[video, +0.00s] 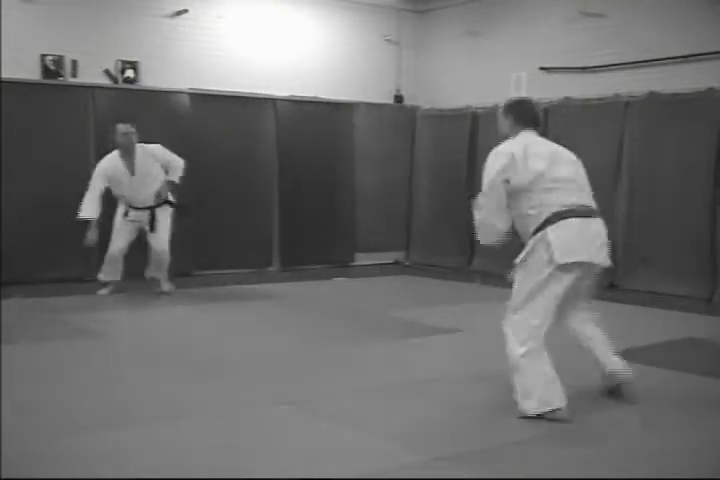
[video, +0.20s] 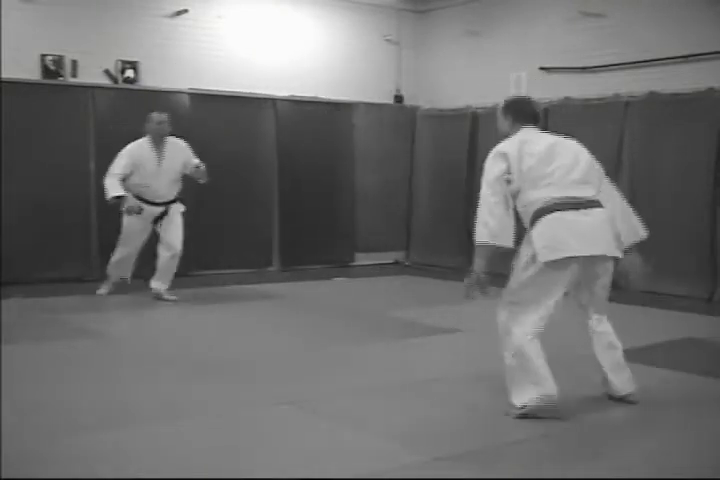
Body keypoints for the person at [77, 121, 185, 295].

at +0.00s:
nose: (130, 138)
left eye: (132, 134)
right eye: (125, 135)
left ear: (137, 135)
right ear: (115, 139)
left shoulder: (154, 152)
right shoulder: (107, 165)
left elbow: (178, 164)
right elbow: (94, 194)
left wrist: (167, 186)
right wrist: (93, 226)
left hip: (159, 207)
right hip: (129, 209)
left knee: (161, 248)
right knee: (115, 250)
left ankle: (161, 280)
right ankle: (110, 283)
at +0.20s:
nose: (163, 127)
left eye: (166, 123)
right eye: (158, 123)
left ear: (170, 126)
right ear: (148, 126)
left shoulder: (180, 148)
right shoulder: (134, 150)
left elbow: (198, 173)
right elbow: (112, 178)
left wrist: (200, 172)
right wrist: (124, 198)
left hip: (170, 209)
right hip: (139, 207)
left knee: (173, 249)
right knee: (126, 250)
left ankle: (160, 287)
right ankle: (113, 281)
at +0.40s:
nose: (195, 125)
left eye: (199, 121)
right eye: (191, 121)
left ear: (203, 124)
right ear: (181, 124)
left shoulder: (210, 150)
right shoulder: (165, 146)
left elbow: (218, 184)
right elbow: (131, 164)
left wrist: (225, 180)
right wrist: (134, 189)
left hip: (185, 210)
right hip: (157, 204)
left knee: (182, 255)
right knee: (167, 246)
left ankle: (168, 294)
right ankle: (149, 277)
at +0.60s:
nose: (219, 116)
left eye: (221, 112)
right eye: (214, 111)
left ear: (225, 115)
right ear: (202, 113)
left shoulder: (232, 140)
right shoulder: (186, 139)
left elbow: (240, 172)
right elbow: (167, 166)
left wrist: (251, 167)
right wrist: (185, 176)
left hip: (216, 204)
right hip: (187, 203)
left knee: (216, 252)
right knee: (201, 249)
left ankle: (186, 271)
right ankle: (200, 298)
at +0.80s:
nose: (258, 106)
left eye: (260, 102)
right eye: (253, 101)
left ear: (263, 106)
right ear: (240, 104)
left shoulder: (267, 134)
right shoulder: (227, 126)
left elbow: (279, 165)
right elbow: (213, 149)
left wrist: (291, 152)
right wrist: (234, 167)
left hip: (248, 204)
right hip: (215, 200)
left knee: (258, 250)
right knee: (211, 257)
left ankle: (254, 302)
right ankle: (199, 300)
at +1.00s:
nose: (302, 103)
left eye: (304, 99)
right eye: (296, 98)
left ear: (307, 104)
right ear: (282, 100)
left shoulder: (312, 133)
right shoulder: (265, 121)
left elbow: (336, 134)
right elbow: (220, 125)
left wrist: (325, 106)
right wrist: (223, 141)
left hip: (289, 207)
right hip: (257, 200)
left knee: (279, 259)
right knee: (277, 249)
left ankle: (251, 308)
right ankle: (262, 309)